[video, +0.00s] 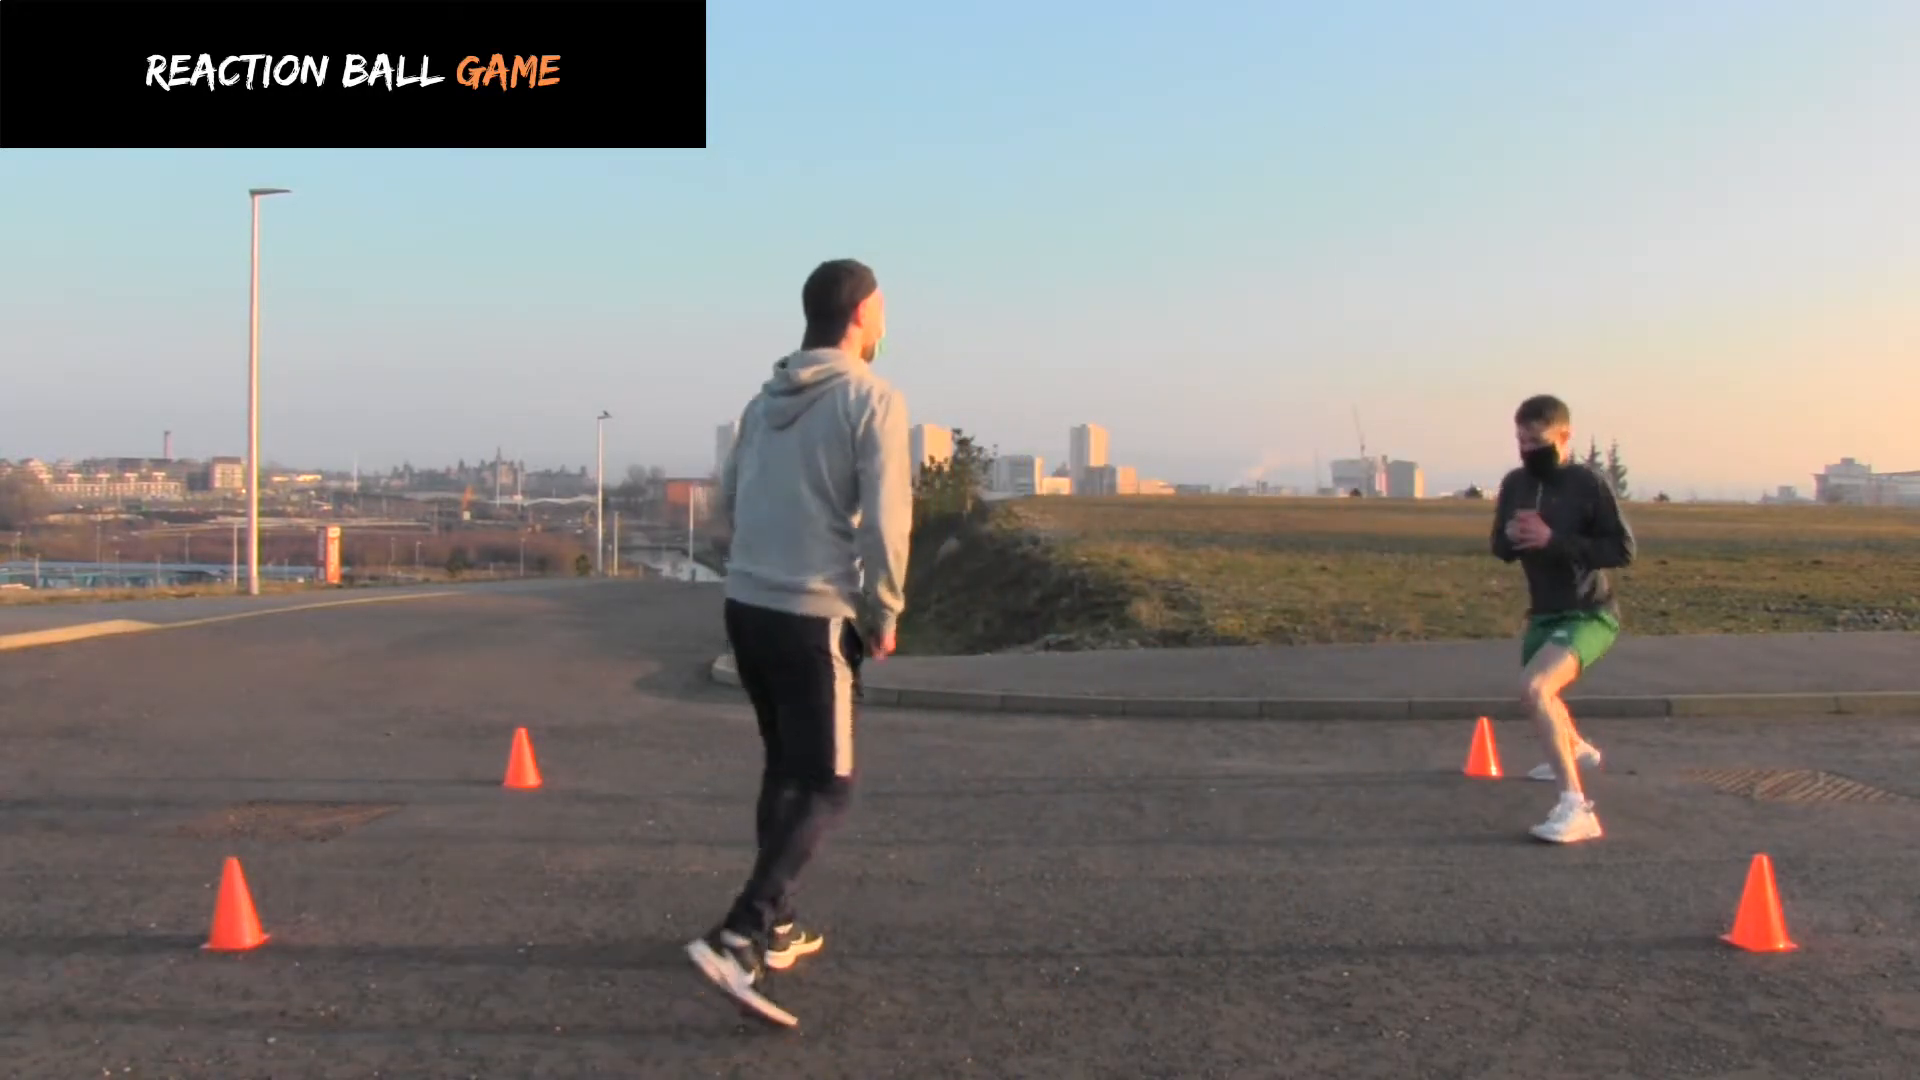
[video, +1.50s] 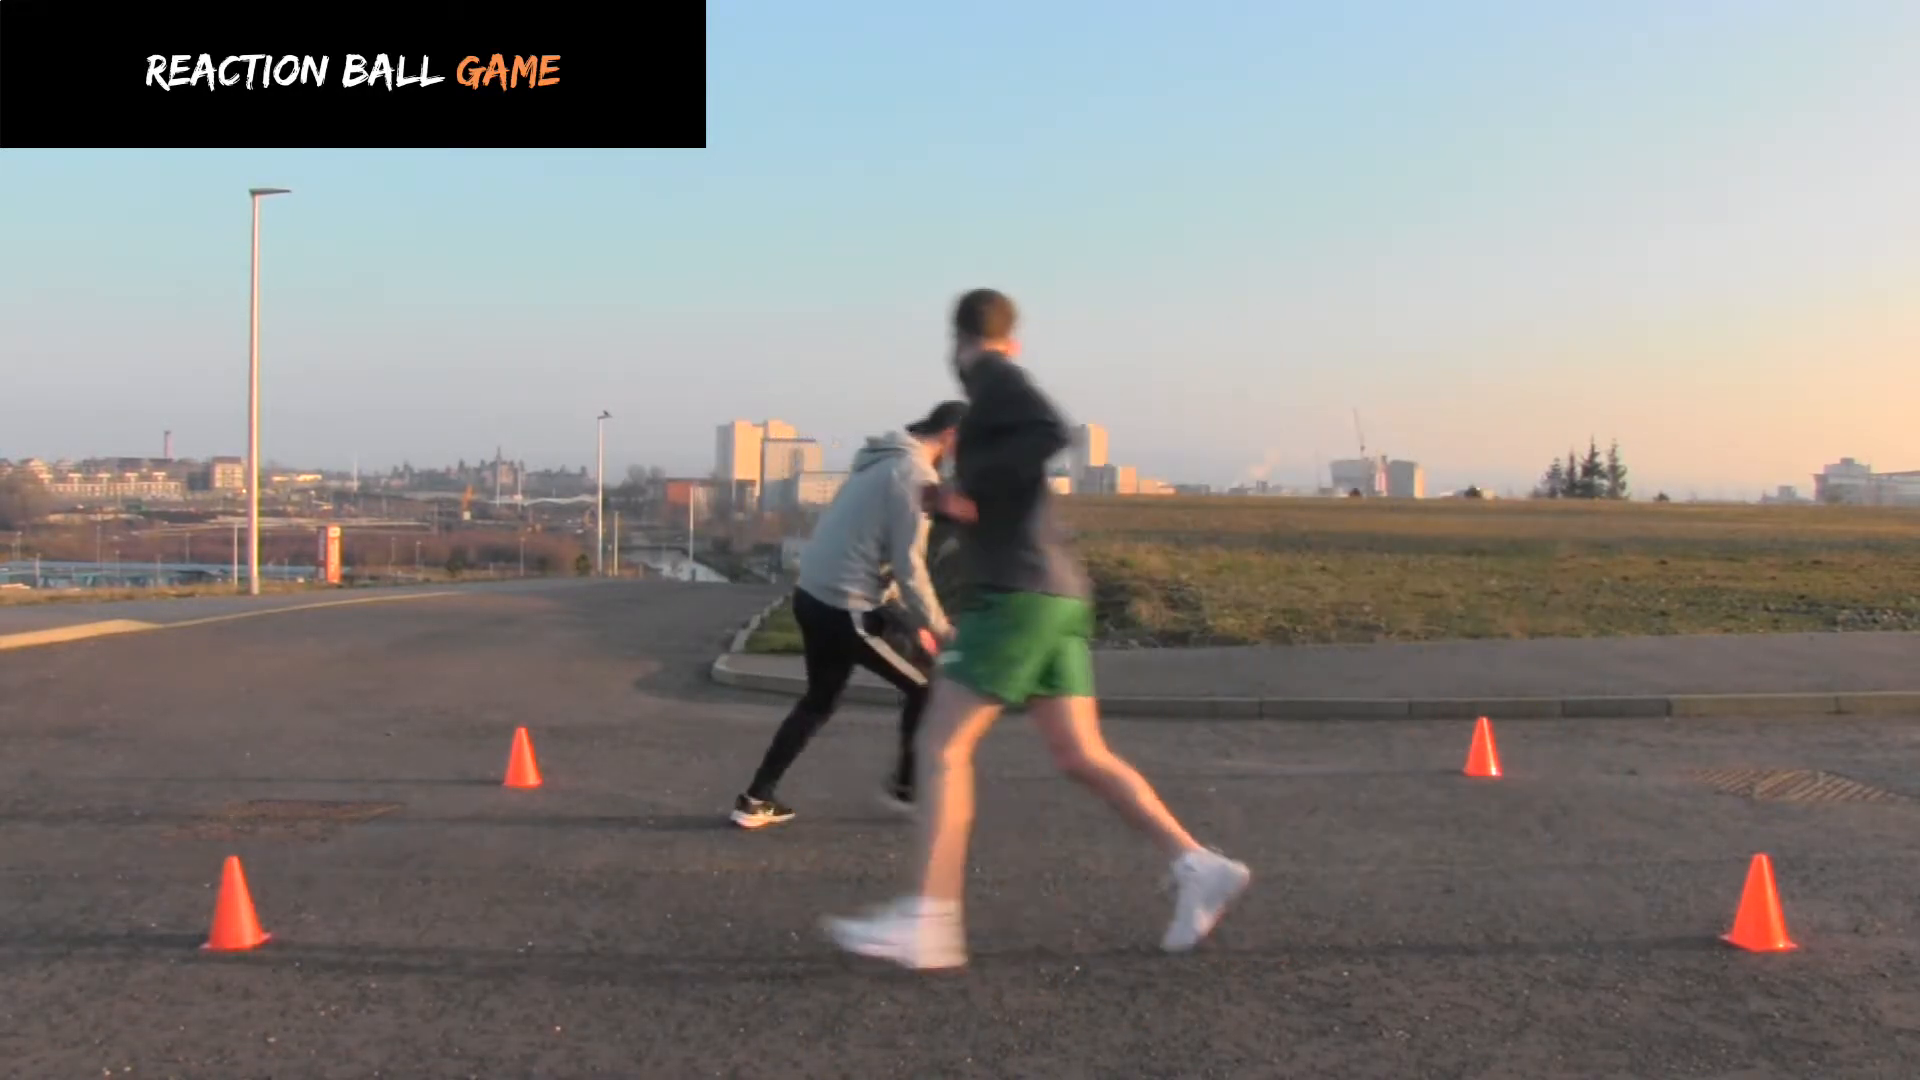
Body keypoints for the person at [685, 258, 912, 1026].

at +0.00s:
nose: (883, 322)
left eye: (879, 309)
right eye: (879, 309)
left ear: (815, 315)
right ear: (860, 315)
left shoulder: (767, 397)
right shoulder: (874, 398)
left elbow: (729, 500)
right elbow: (884, 520)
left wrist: (759, 570)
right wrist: (883, 613)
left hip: (746, 607)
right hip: (811, 615)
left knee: (783, 768)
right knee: (830, 784)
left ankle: (771, 925)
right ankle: (736, 939)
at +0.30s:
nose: (896, 309)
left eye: (894, 295)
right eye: (892, 295)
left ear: (834, 299)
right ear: (869, 300)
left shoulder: (791, 371)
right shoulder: (866, 378)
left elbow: (799, 476)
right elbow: (874, 496)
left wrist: (880, 496)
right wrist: (899, 587)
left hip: (769, 584)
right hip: (825, 589)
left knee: (805, 735)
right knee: (861, 746)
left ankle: (782, 897)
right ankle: (827, 913)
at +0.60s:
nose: (887, 318)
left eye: (885, 305)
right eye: (883, 306)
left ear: (824, 312)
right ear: (864, 314)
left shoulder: (782, 389)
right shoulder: (863, 391)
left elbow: (758, 484)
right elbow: (876, 500)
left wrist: (798, 547)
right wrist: (902, 589)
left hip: (774, 579)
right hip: (827, 582)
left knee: (814, 714)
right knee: (850, 738)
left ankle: (774, 852)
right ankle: (823, 906)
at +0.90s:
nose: (850, 373)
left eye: (850, 361)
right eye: (848, 362)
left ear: (798, 360)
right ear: (827, 363)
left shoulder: (765, 426)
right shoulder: (822, 430)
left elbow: (822, 504)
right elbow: (838, 524)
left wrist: (891, 479)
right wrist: (871, 605)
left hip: (754, 612)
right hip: (806, 615)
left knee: (785, 737)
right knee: (880, 741)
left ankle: (724, 864)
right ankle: (828, 860)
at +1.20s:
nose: (905, 395)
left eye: (908, 385)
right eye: (905, 384)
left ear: (867, 372)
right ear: (883, 374)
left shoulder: (820, 417)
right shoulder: (871, 430)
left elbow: (830, 488)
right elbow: (850, 506)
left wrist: (899, 497)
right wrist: (845, 579)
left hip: (770, 576)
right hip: (816, 589)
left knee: (760, 692)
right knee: (805, 709)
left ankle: (699, 794)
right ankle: (746, 821)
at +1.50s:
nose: (959, 454)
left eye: (960, 445)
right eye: (961, 444)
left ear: (930, 427)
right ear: (950, 435)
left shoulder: (882, 460)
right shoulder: (912, 475)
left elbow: (881, 563)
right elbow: (908, 563)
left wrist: (915, 628)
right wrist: (941, 625)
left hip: (813, 596)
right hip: (846, 607)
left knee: (819, 699)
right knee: (921, 685)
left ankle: (757, 796)